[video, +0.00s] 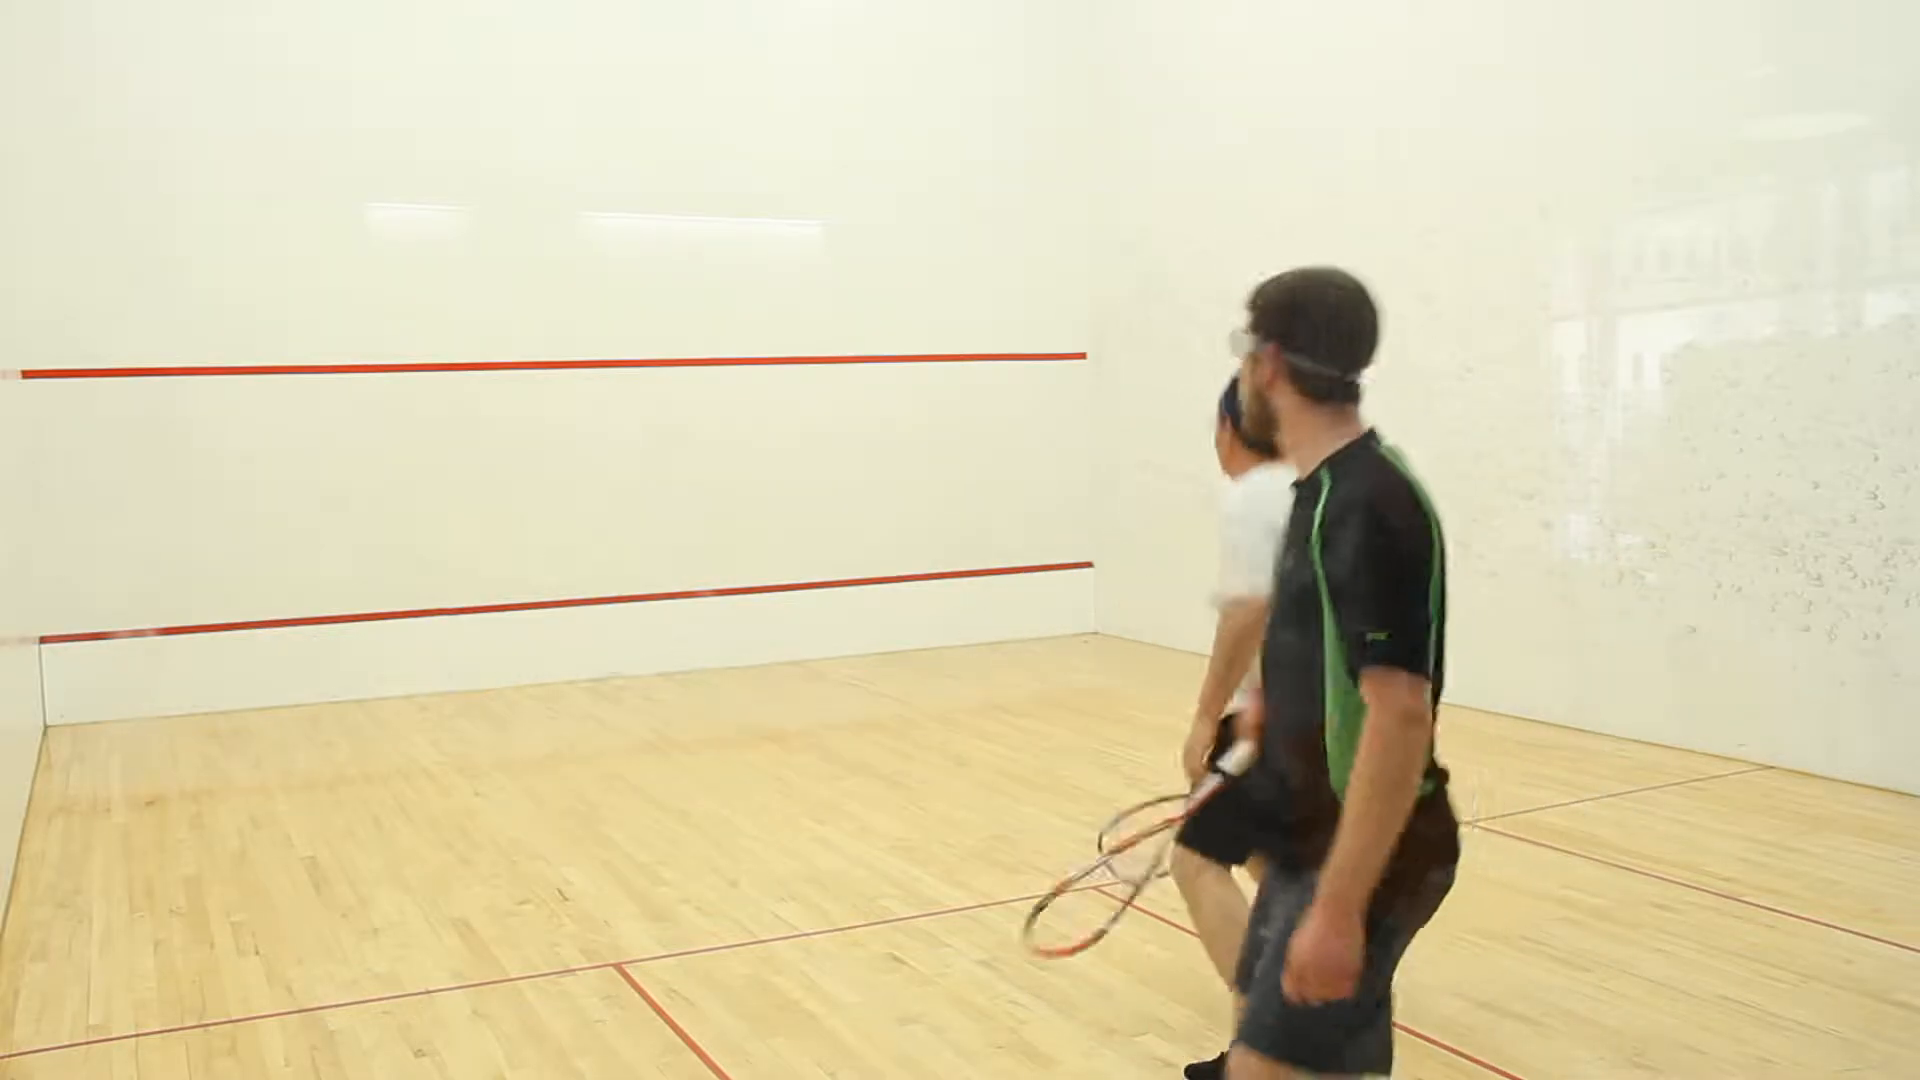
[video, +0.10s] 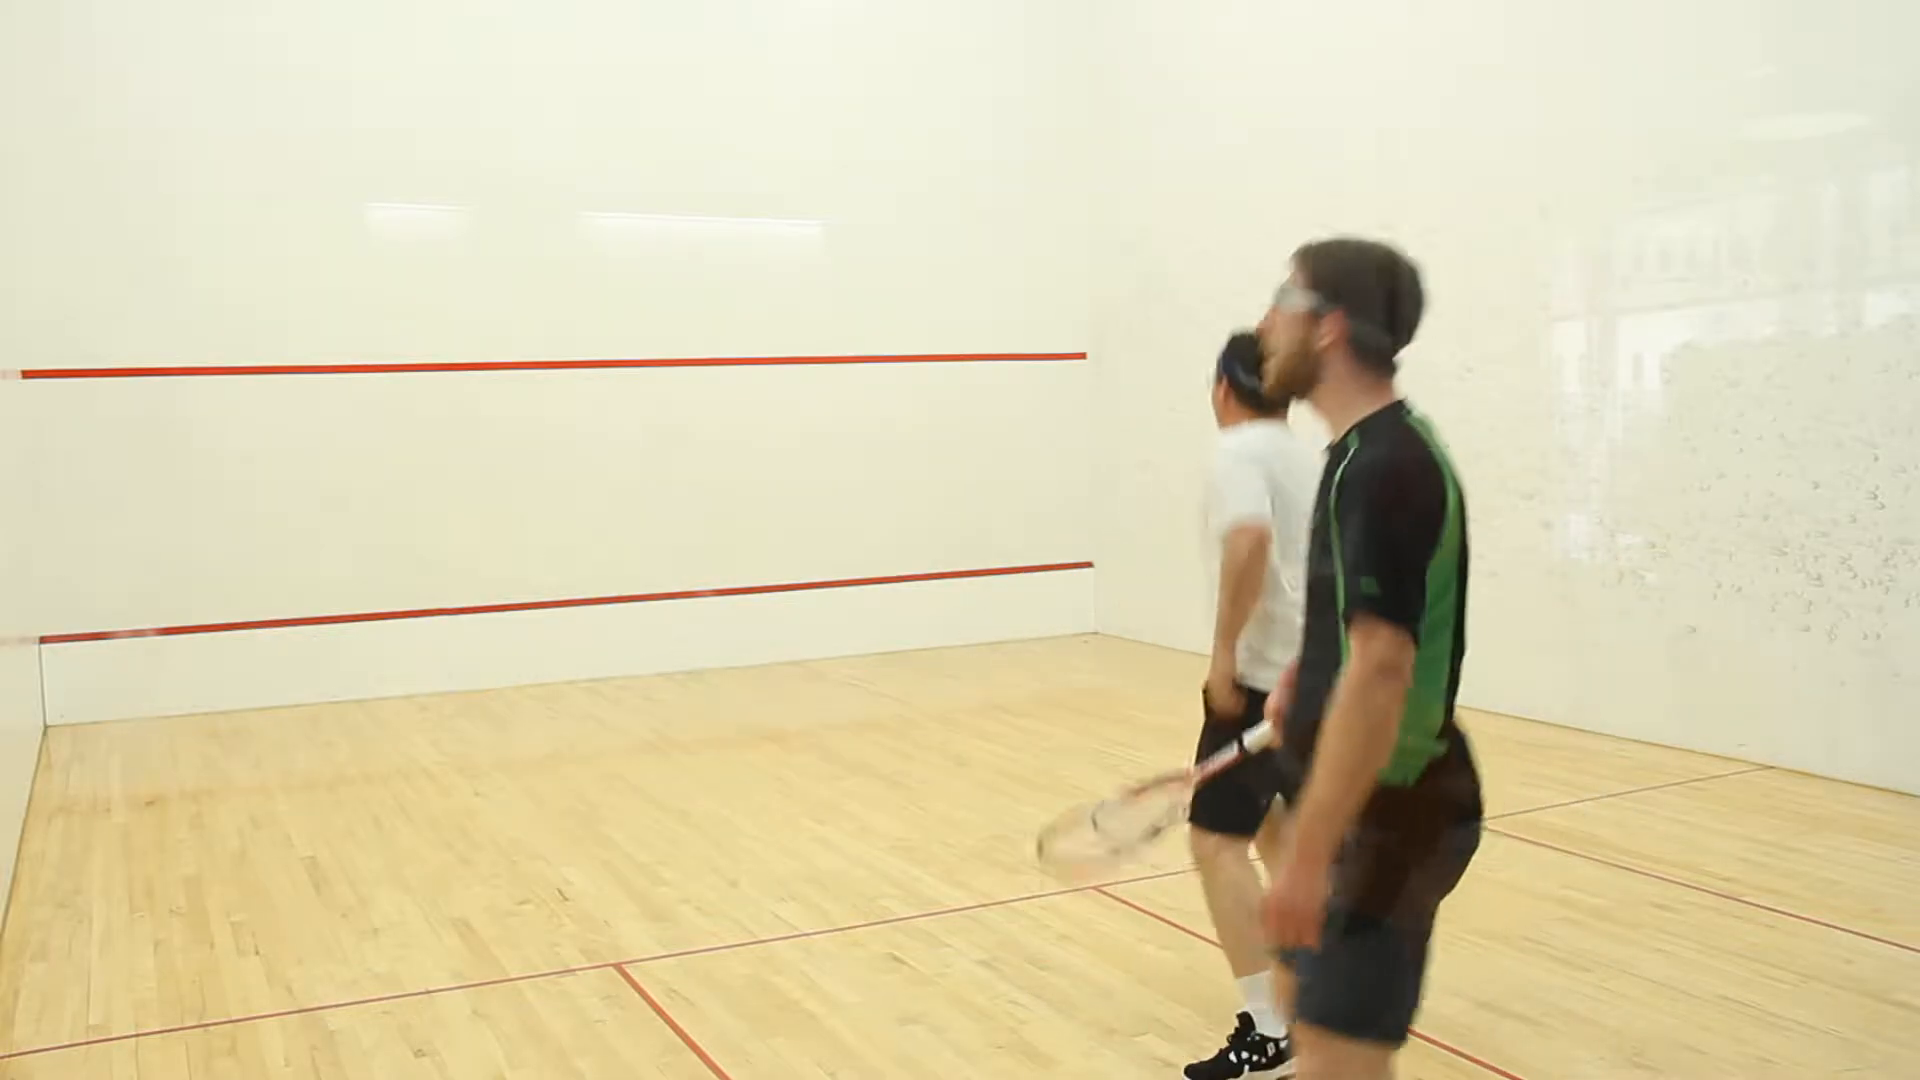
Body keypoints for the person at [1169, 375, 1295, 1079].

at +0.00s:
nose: (1214, 440)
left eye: (1217, 425)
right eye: (1219, 424)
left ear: (1231, 427)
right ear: (1275, 431)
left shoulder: (1253, 495)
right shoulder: (1312, 491)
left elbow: (1247, 610)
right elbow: (1317, 627)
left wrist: (1206, 716)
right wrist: (1266, 700)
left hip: (1280, 729)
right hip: (1315, 722)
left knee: (1195, 852)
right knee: (1277, 862)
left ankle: (1261, 1027)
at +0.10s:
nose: (1211, 397)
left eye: (1212, 386)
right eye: (1217, 386)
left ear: (1223, 388)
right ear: (1278, 390)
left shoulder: (1239, 451)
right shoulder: (1310, 452)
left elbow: (1249, 544)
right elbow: (1330, 571)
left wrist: (1222, 661)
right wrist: (1304, 668)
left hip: (1254, 683)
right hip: (1304, 681)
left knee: (1215, 839)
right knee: (1280, 834)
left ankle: (1266, 1025)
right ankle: (1312, 1001)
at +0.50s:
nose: (1232, 367)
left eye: (1232, 355)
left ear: (1236, 361)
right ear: (1300, 366)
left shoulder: (1222, 441)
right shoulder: (1339, 450)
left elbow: (1180, 555)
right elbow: (1363, 568)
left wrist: (1132, 601)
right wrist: (1349, 651)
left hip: (1228, 671)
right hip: (1315, 675)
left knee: (1176, 799)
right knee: (1271, 806)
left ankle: (1222, 961)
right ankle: (1274, 970)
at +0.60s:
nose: (1231, 357)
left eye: (1232, 348)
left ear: (1236, 353)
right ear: (1302, 356)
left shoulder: (1216, 435)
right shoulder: (1346, 442)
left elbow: (1178, 545)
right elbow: (1372, 562)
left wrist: (1152, 561)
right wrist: (1361, 640)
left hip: (1223, 667)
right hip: (1314, 669)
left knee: (1182, 792)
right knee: (1281, 807)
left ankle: (1198, 954)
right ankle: (1274, 974)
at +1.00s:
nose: (1318, 357)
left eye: (1310, 347)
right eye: (1316, 348)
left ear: (1247, 355)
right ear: (1308, 355)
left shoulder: (1210, 434)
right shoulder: (1333, 431)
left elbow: (1181, 536)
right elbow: (1366, 543)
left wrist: (1258, 531)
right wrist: (1415, 635)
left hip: (1214, 655)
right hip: (1301, 657)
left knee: (1225, 787)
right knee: (1314, 792)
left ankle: (1210, 943)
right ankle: (1274, 928)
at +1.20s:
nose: (1345, 356)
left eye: (1341, 344)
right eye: (1343, 345)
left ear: (1277, 356)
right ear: (1333, 351)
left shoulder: (1244, 423)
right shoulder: (1338, 428)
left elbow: (1217, 514)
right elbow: (1346, 542)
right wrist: (1369, 654)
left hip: (1240, 649)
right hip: (1313, 652)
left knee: (1242, 775)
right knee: (1393, 758)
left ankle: (1212, 940)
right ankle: (1352, 920)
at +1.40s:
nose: (1404, 366)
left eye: (1402, 354)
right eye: (1401, 354)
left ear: (1338, 358)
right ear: (1385, 357)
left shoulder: (1308, 419)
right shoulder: (1386, 428)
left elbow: (1299, 532)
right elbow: (1370, 539)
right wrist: (1373, 652)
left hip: (1290, 647)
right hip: (1362, 654)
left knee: (1279, 772)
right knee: (1412, 778)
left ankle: (1217, 926)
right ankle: (1412, 929)